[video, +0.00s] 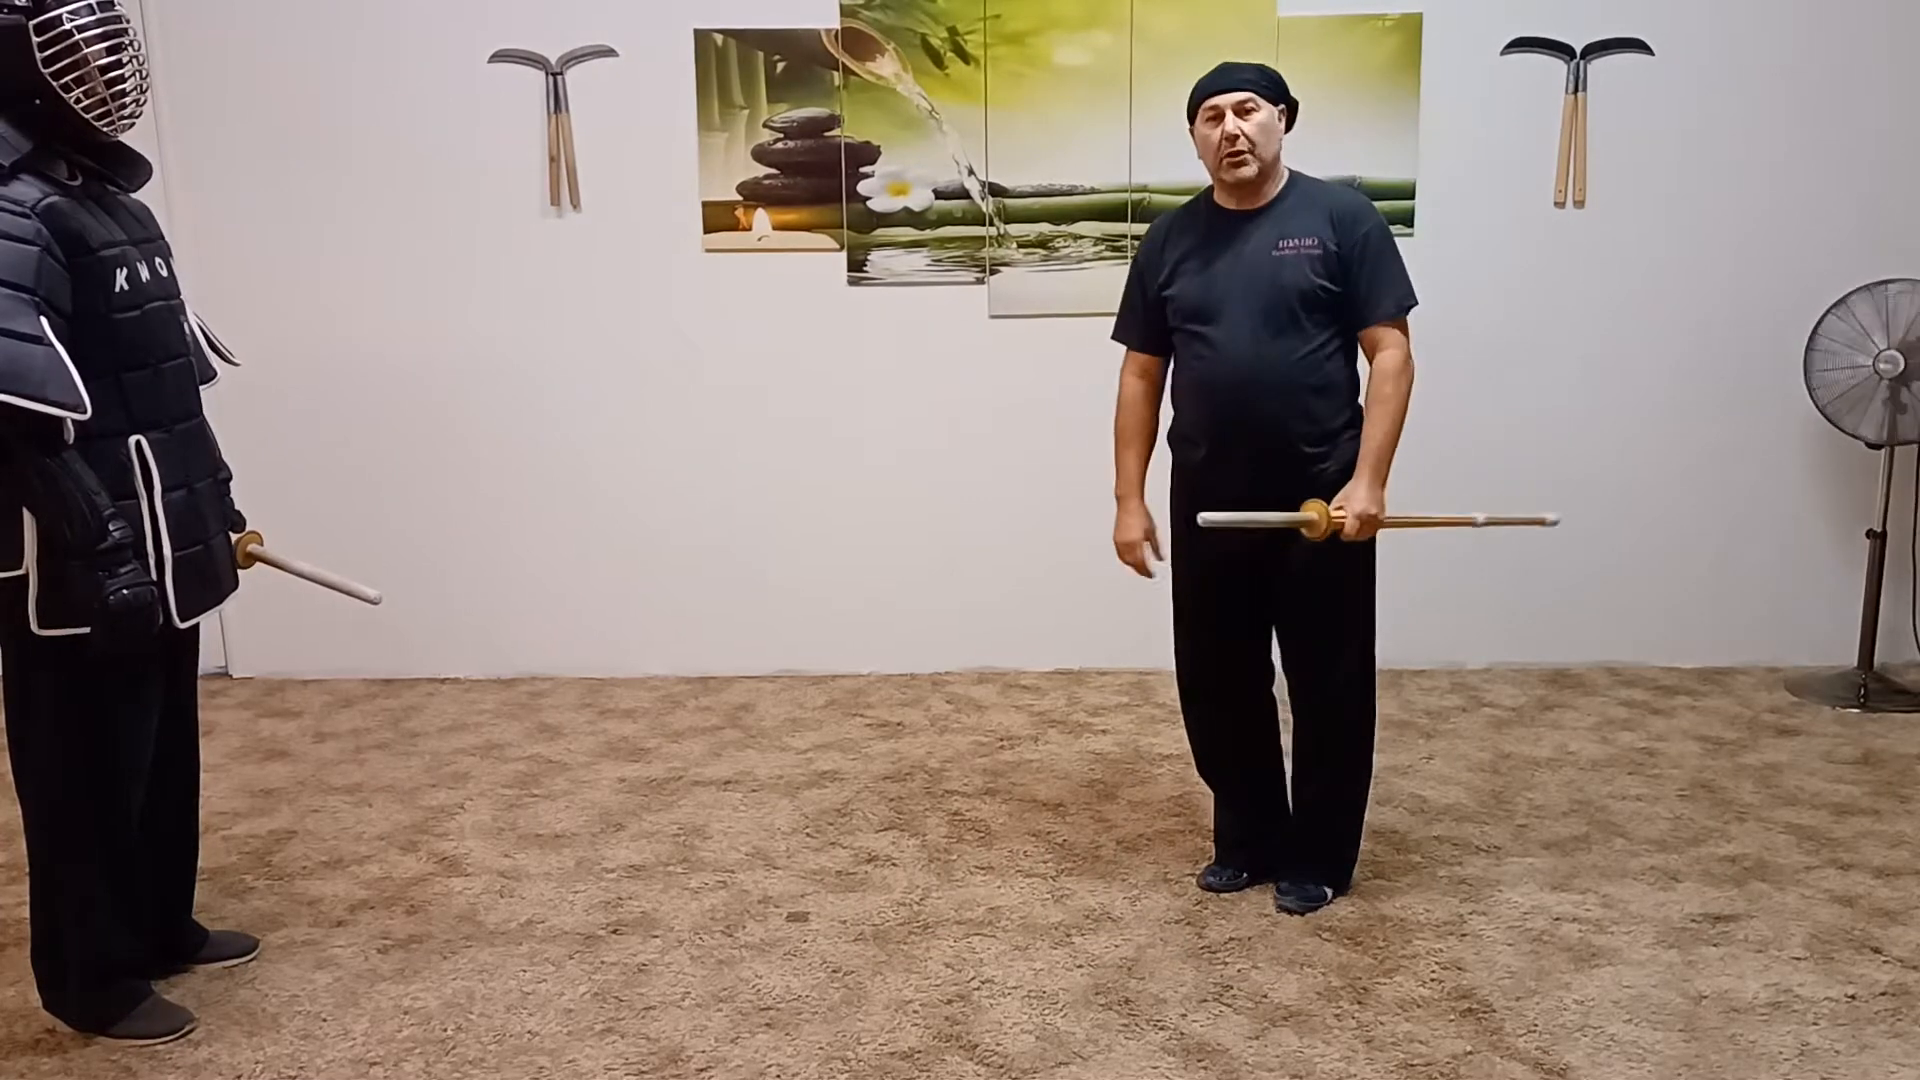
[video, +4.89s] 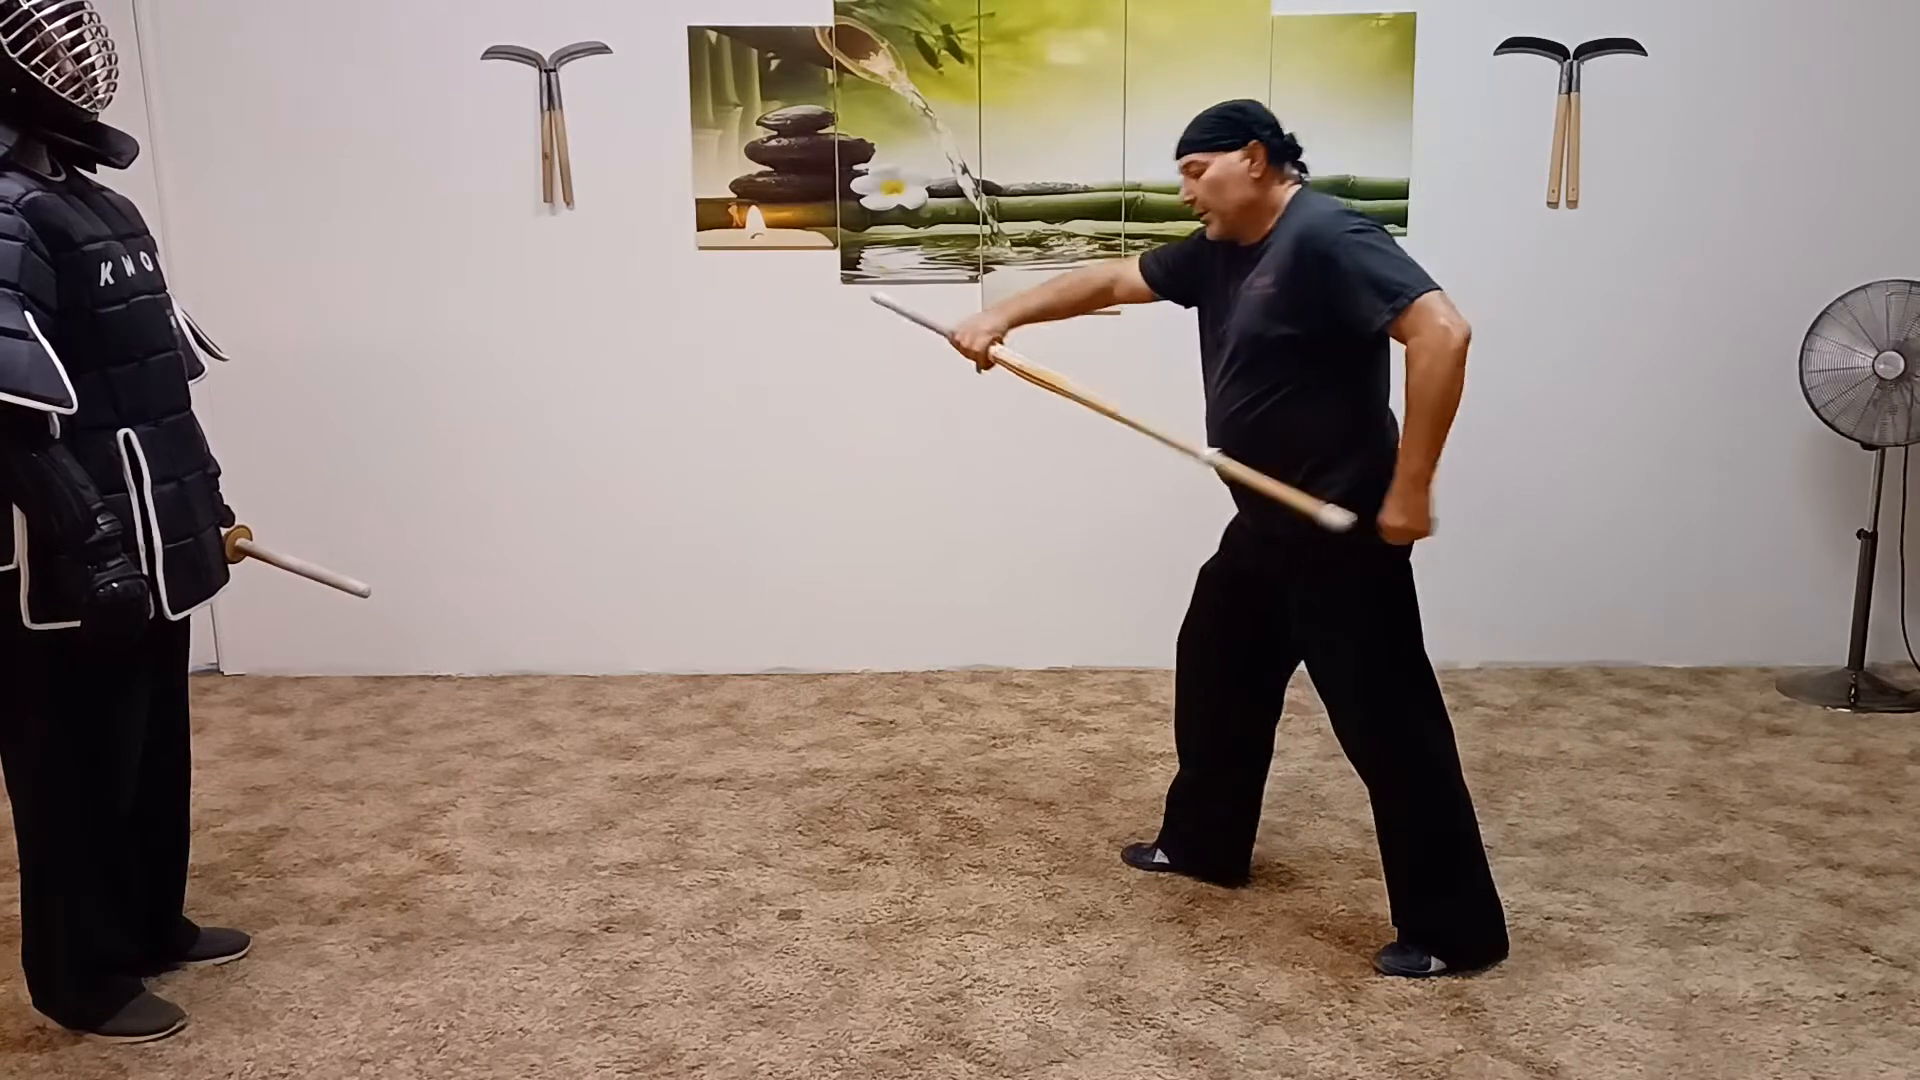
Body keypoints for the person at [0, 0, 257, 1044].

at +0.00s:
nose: (124, 66)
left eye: (120, 47)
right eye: (100, 48)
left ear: (98, 68)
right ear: (46, 67)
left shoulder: (120, 199)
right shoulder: (21, 206)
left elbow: (174, 380)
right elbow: (22, 398)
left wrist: (218, 506)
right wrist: (98, 537)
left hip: (158, 541)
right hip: (70, 553)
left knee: (159, 750)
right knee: (85, 770)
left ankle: (161, 932)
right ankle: (88, 982)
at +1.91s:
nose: (97, 71)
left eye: (91, 55)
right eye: (77, 57)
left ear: (55, 81)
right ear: (34, 77)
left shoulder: (103, 205)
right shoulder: (9, 211)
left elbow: (159, 384)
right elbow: (20, 409)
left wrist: (204, 509)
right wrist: (98, 544)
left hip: (146, 545)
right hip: (58, 560)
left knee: (152, 750)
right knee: (79, 772)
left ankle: (158, 931)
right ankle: (85, 982)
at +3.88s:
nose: (92, 81)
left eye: (85, 65)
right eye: (73, 66)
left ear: (47, 84)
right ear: (33, 82)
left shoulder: (107, 207)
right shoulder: (9, 211)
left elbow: (160, 381)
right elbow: (21, 409)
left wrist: (206, 502)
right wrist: (88, 542)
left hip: (149, 545)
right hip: (60, 560)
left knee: (150, 746)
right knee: (73, 766)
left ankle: (151, 928)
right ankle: (78, 979)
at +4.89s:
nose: (94, 75)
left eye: (89, 58)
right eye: (74, 60)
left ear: (56, 77)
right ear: (33, 76)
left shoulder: (106, 205)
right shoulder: (10, 211)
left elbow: (161, 381)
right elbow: (21, 407)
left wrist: (205, 505)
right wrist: (94, 538)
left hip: (149, 545)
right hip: (61, 560)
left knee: (151, 747)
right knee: (75, 769)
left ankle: (152, 928)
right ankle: (79, 981)